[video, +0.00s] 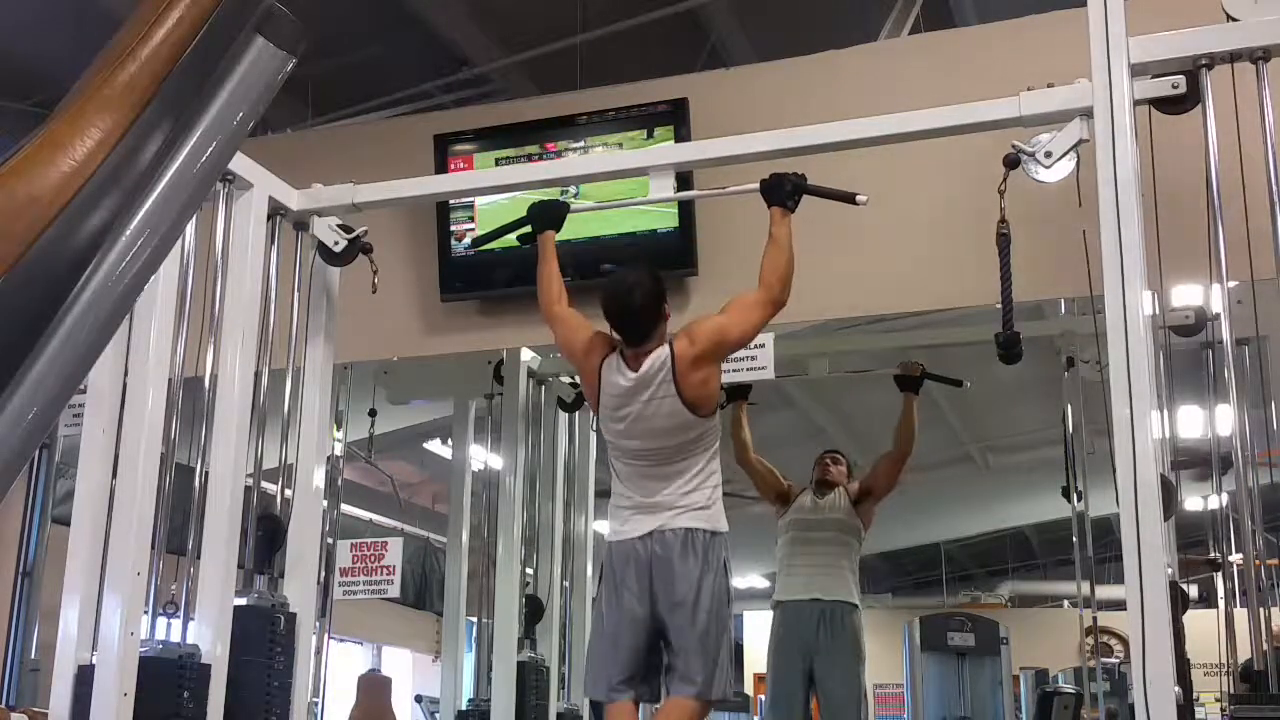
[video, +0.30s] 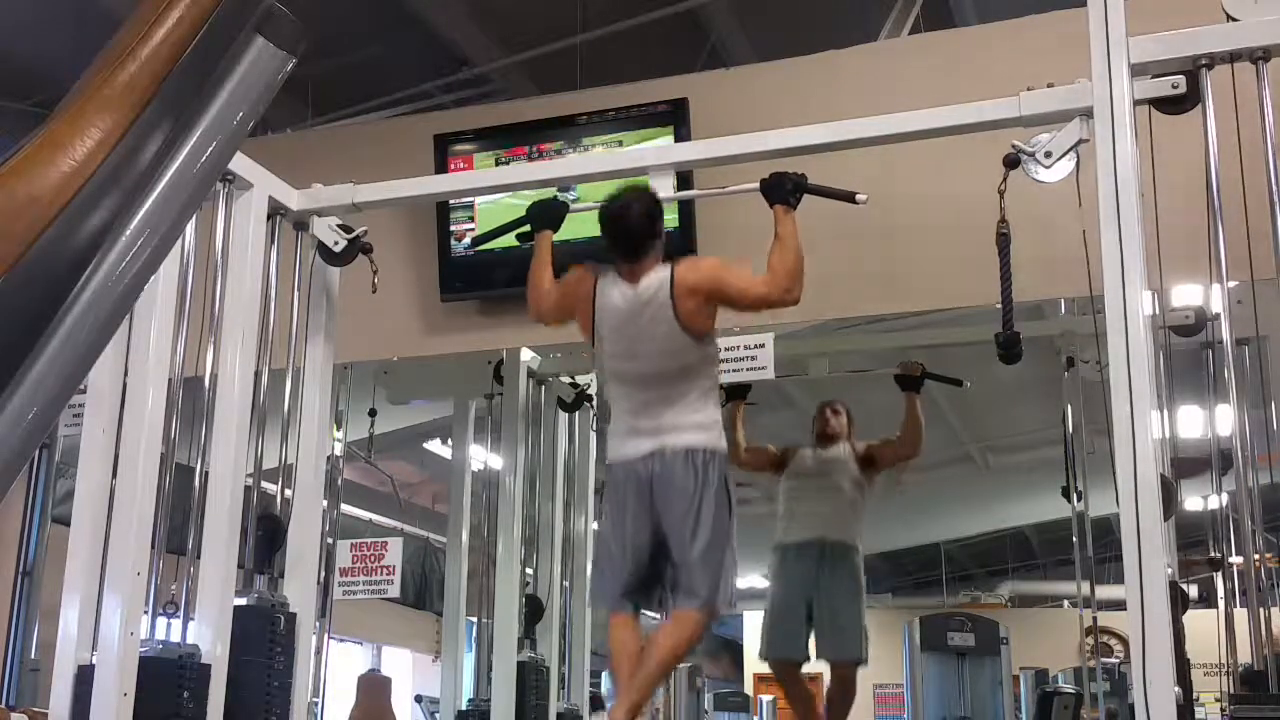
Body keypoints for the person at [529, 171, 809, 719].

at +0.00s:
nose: (668, 301)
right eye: (665, 296)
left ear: (610, 318)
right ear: (665, 310)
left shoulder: (594, 358)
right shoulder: (700, 346)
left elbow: (553, 305)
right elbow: (771, 295)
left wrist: (545, 235)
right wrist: (781, 211)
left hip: (626, 538)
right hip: (693, 534)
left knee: (618, 687)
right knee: (690, 684)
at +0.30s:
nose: (654, 229)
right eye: (656, 223)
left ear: (608, 238)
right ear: (661, 230)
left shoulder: (586, 288)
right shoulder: (695, 277)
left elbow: (541, 303)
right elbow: (783, 289)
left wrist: (543, 237)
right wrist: (785, 210)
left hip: (626, 463)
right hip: (692, 458)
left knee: (620, 602)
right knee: (697, 600)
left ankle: (627, 716)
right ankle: (622, 712)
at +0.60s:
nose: (670, 154)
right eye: (668, 148)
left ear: (614, 174)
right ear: (667, 163)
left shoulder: (588, 226)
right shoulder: (700, 217)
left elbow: (541, 296)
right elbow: (773, 275)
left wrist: (540, 230)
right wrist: (784, 204)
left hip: (631, 393)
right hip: (696, 386)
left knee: (642, 537)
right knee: (704, 533)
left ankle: (661, 673)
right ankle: (640, 670)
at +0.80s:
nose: (667, 206)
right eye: (665, 199)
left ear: (611, 219)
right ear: (664, 212)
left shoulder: (590, 272)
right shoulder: (699, 261)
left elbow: (540, 306)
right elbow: (787, 282)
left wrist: (542, 235)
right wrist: (786, 209)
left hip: (629, 451)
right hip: (694, 445)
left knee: (640, 596)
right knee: (709, 593)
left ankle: (659, 716)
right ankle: (651, 713)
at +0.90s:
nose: (667, 243)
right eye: (665, 237)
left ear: (611, 259)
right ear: (665, 250)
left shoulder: (590, 305)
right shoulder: (698, 295)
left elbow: (543, 303)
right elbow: (785, 289)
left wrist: (543, 235)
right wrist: (785, 209)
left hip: (630, 487)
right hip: (697, 481)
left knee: (632, 632)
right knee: (713, 629)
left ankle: (650, 719)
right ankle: (654, 716)